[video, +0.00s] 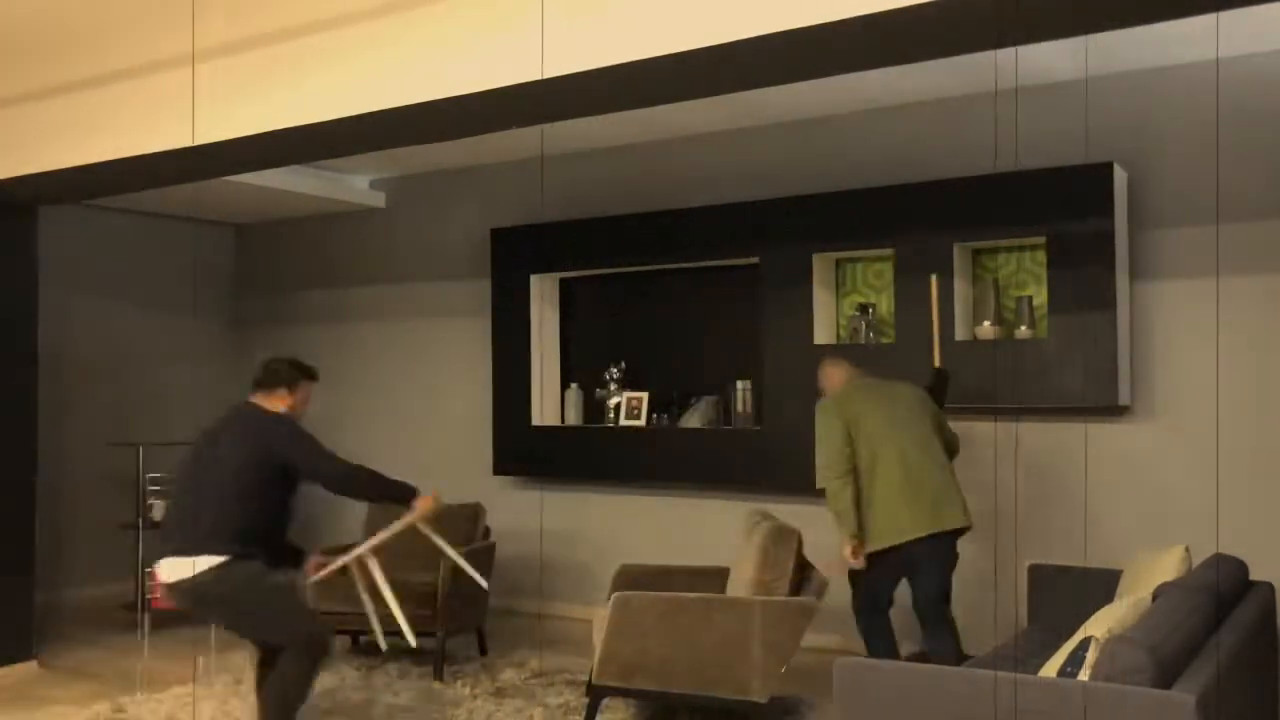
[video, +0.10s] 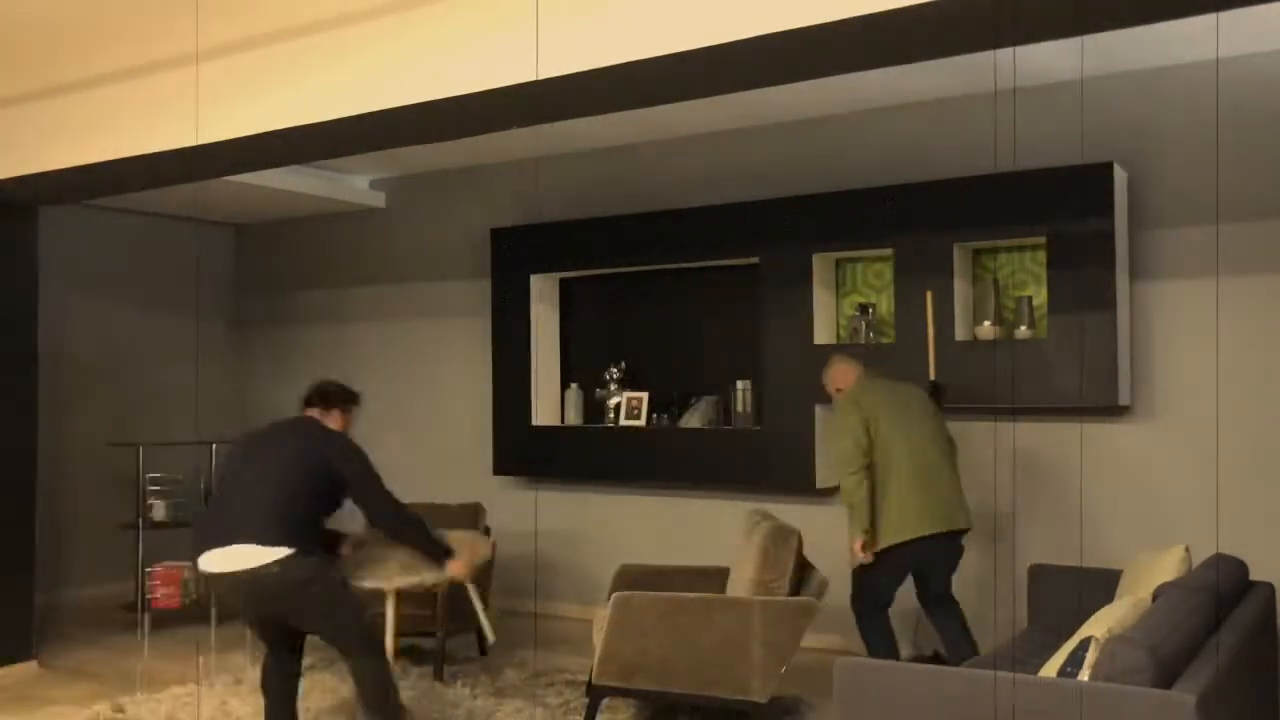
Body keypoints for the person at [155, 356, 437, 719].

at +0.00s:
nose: (306, 409)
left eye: (307, 399)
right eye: (306, 399)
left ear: (260, 390)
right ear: (289, 393)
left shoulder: (226, 428)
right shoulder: (275, 429)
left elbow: (237, 522)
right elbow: (339, 476)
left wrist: (302, 559)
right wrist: (411, 495)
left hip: (180, 575)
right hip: (218, 570)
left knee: (277, 641)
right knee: (310, 637)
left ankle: (272, 712)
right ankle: (276, 712)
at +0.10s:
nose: (347, 430)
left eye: (349, 423)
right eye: (347, 421)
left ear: (308, 410)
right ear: (330, 414)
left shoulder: (259, 440)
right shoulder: (334, 445)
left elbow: (270, 518)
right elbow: (386, 513)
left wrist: (339, 542)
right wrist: (444, 556)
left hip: (223, 574)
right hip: (283, 569)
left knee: (283, 645)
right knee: (361, 644)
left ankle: (279, 716)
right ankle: (387, 713)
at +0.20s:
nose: (396, 461)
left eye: (397, 452)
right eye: (395, 452)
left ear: (353, 441)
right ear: (383, 447)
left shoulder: (303, 454)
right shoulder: (386, 481)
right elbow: (402, 569)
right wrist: (434, 631)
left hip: (262, 580)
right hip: (334, 587)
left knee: (275, 647)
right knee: (401, 659)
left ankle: (267, 713)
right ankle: (425, 713)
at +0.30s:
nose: (426, 475)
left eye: (426, 469)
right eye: (424, 469)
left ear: (384, 459)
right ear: (416, 466)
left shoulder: (347, 474)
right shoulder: (417, 488)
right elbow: (422, 566)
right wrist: (438, 627)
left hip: (277, 581)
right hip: (349, 585)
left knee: (303, 638)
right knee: (418, 654)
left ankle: (281, 714)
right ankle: (435, 713)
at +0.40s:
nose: (444, 494)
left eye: (446, 488)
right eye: (445, 488)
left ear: (406, 473)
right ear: (440, 484)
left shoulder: (365, 482)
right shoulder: (435, 500)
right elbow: (446, 580)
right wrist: (467, 642)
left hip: (279, 565)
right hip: (348, 573)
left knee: (308, 636)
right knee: (421, 654)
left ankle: (275, 715)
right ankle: (436, 713)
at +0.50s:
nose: (464, 495)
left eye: (468, 488)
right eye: (465, 487)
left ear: (425, 466)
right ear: (451, 479)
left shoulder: (382, 483)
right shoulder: (449, 512)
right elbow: (451, 592)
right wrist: (466, 640)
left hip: (295, 590)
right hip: (355, 600)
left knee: (314, 645)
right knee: (445, 646)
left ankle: (280, 715)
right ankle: (447, 714)